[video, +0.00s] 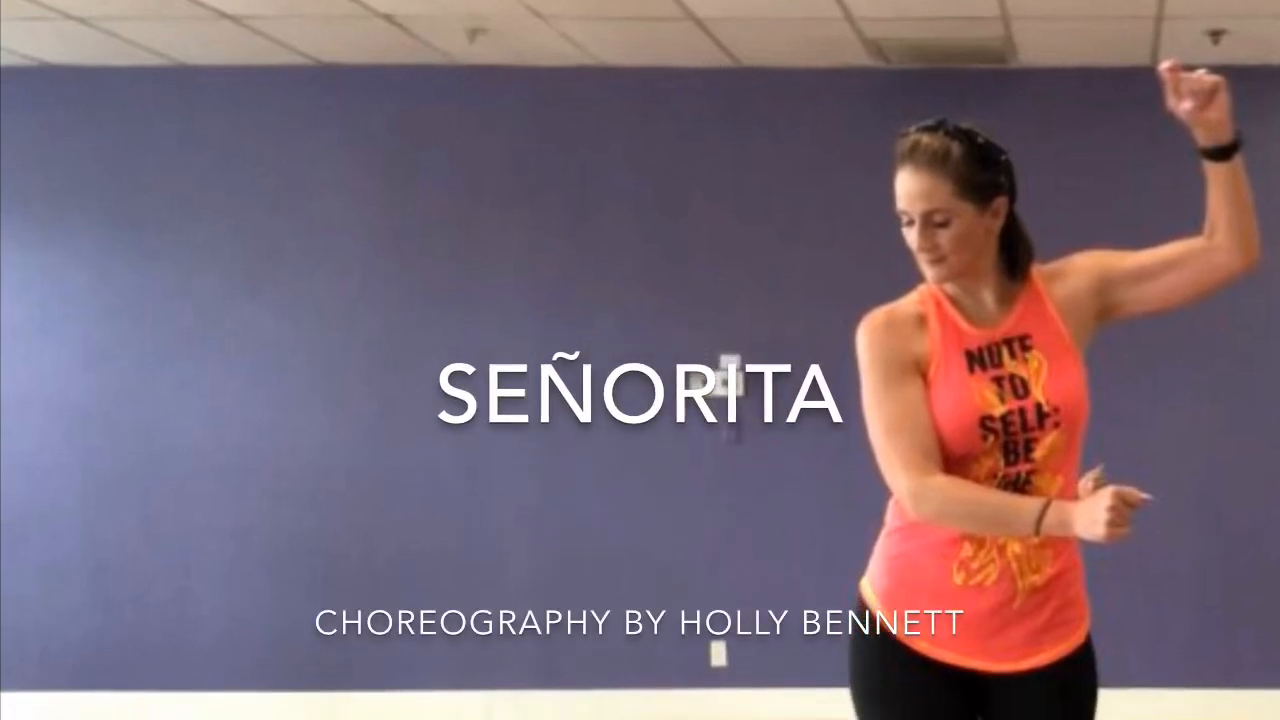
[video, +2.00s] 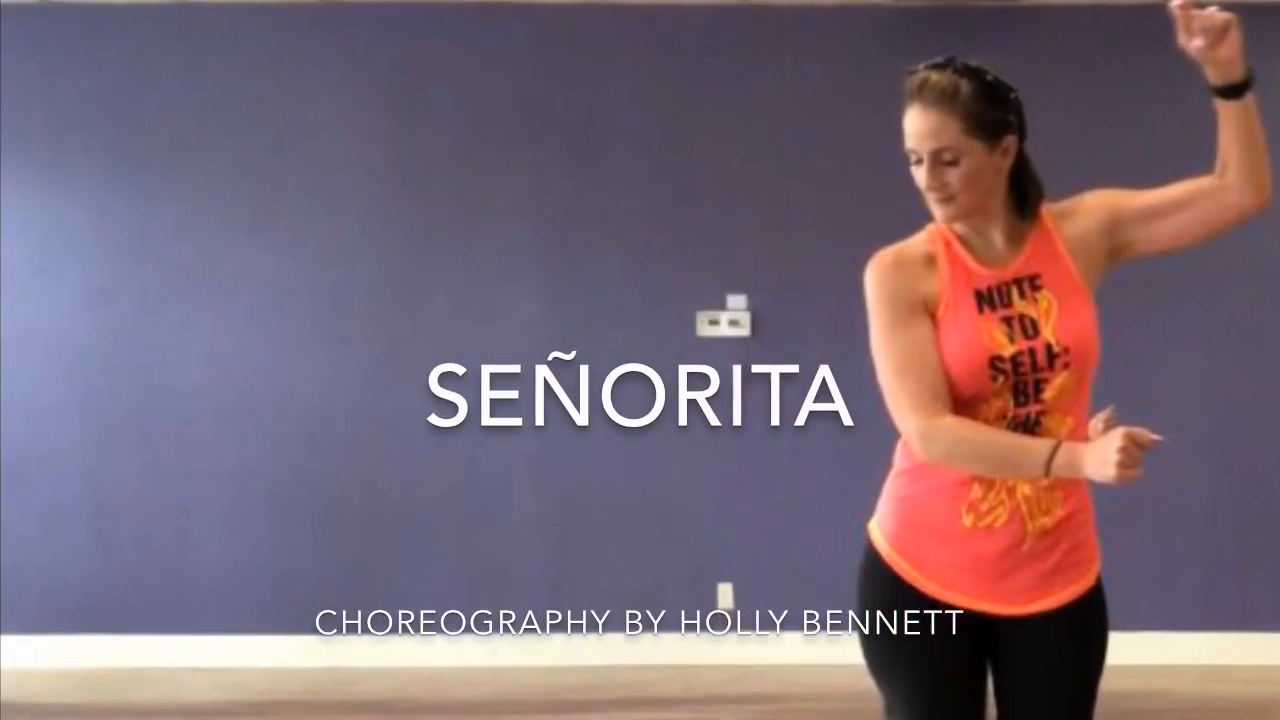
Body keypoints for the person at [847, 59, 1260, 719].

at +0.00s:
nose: (920, 241)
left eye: (939, 221)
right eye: (907, 222)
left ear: (997, 210)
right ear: (897, 217)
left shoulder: (1076, 291)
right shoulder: (892, 334)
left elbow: (1233, 251)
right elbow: (921, 491)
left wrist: (1217, 140)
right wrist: (1066, 517)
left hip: (1045, 646)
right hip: (913, 643)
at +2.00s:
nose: (928, 181)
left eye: (946, 160)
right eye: (916, 162)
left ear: (1005, 149)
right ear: (906, 158)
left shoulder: (1087, 229)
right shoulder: (901, 273)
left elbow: (1242, 191)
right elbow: (928, 432)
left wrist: (1228, 79)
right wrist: (1074, 457)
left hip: (1054, 587)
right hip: (919, 587)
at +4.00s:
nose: (962, 113)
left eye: (981, 88)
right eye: (941, 92)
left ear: (1016, 89)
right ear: (921, 99)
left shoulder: (1091, 169)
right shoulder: (909, 212)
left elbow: (1250, 132)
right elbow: (936, 370)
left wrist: (1243, 27)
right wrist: (1088, 401)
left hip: (1068, 534)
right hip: (953, 538)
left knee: (1059, 712)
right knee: (953, 711)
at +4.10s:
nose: (978, 99)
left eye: (993, 79)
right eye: (959, 81)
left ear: (1021, 82)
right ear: (929, 90)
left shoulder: (1088, 166)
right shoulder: (911, 208)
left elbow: (1249, 129)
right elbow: (934, 370)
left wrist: (1244, 28)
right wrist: (1087, 398)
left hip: (1069, 534)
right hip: (957, 538)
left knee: (1061, 712)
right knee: (957, 712)